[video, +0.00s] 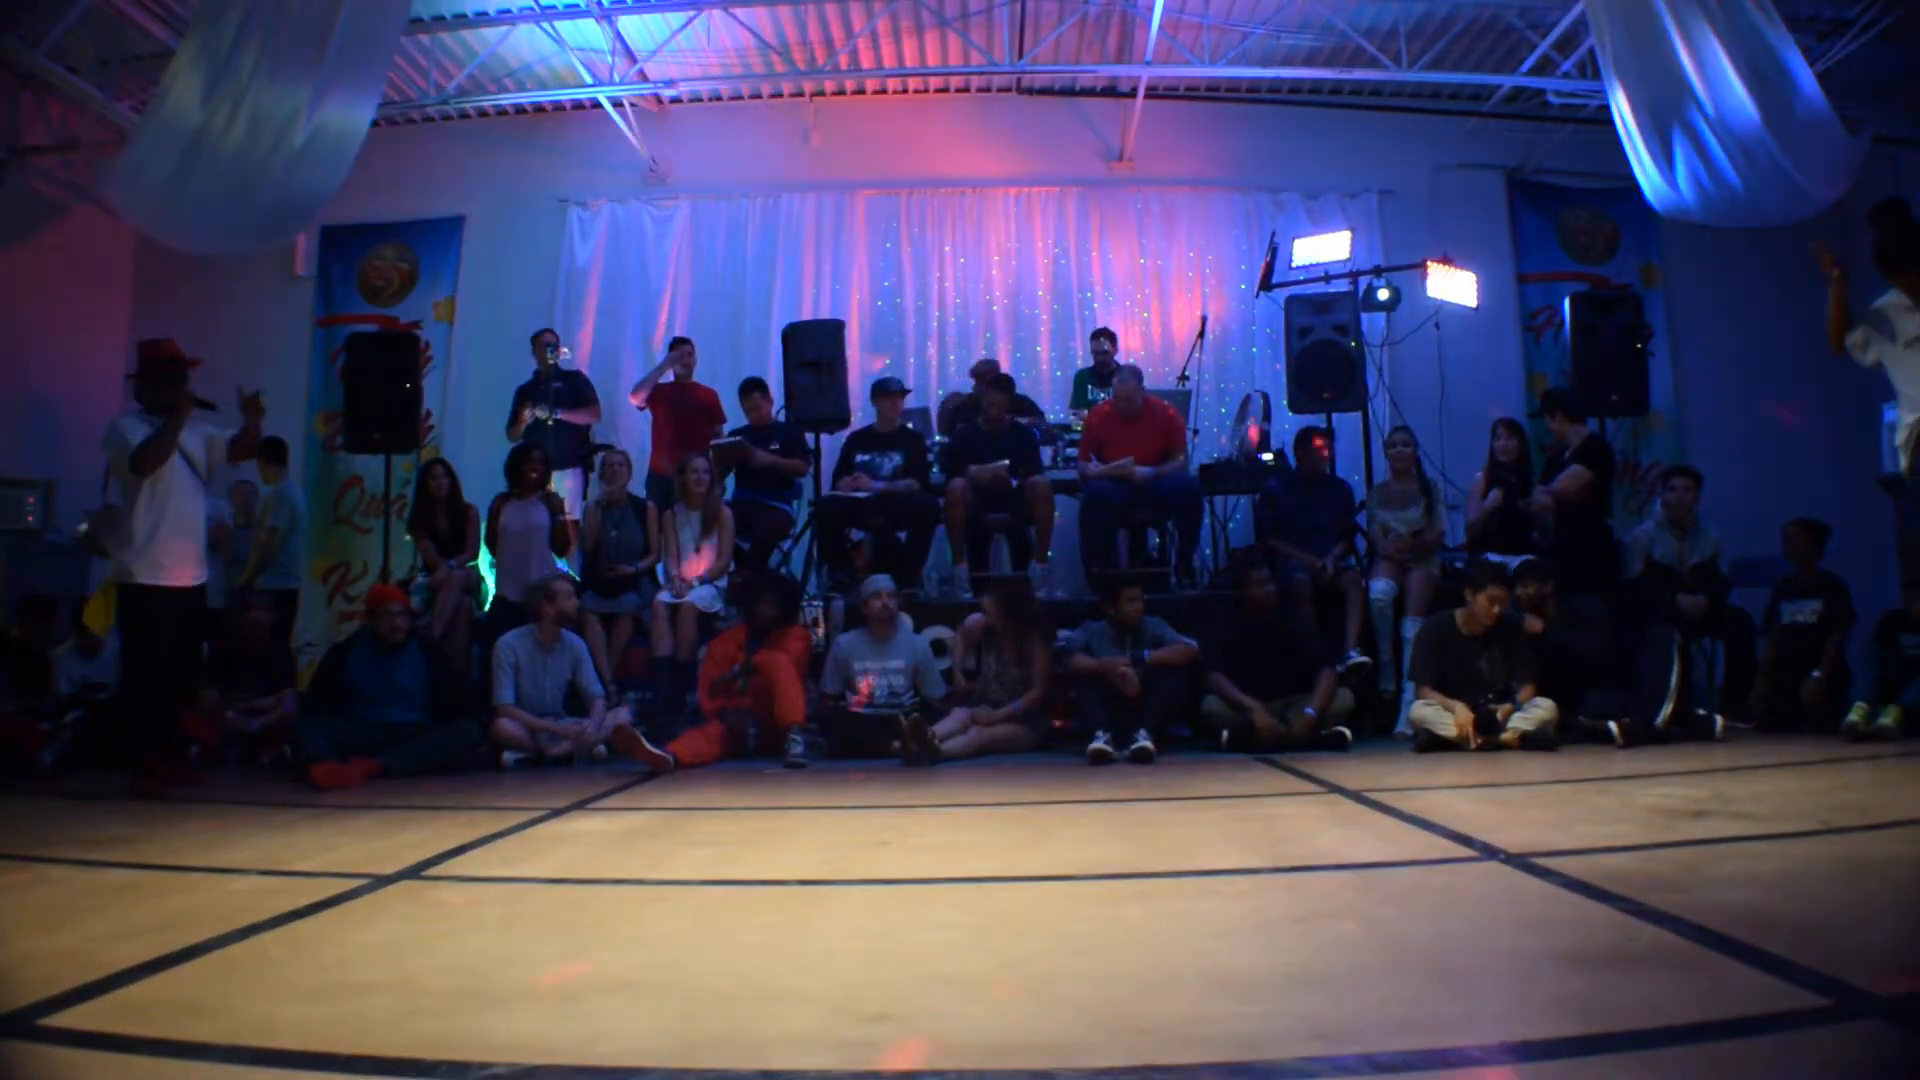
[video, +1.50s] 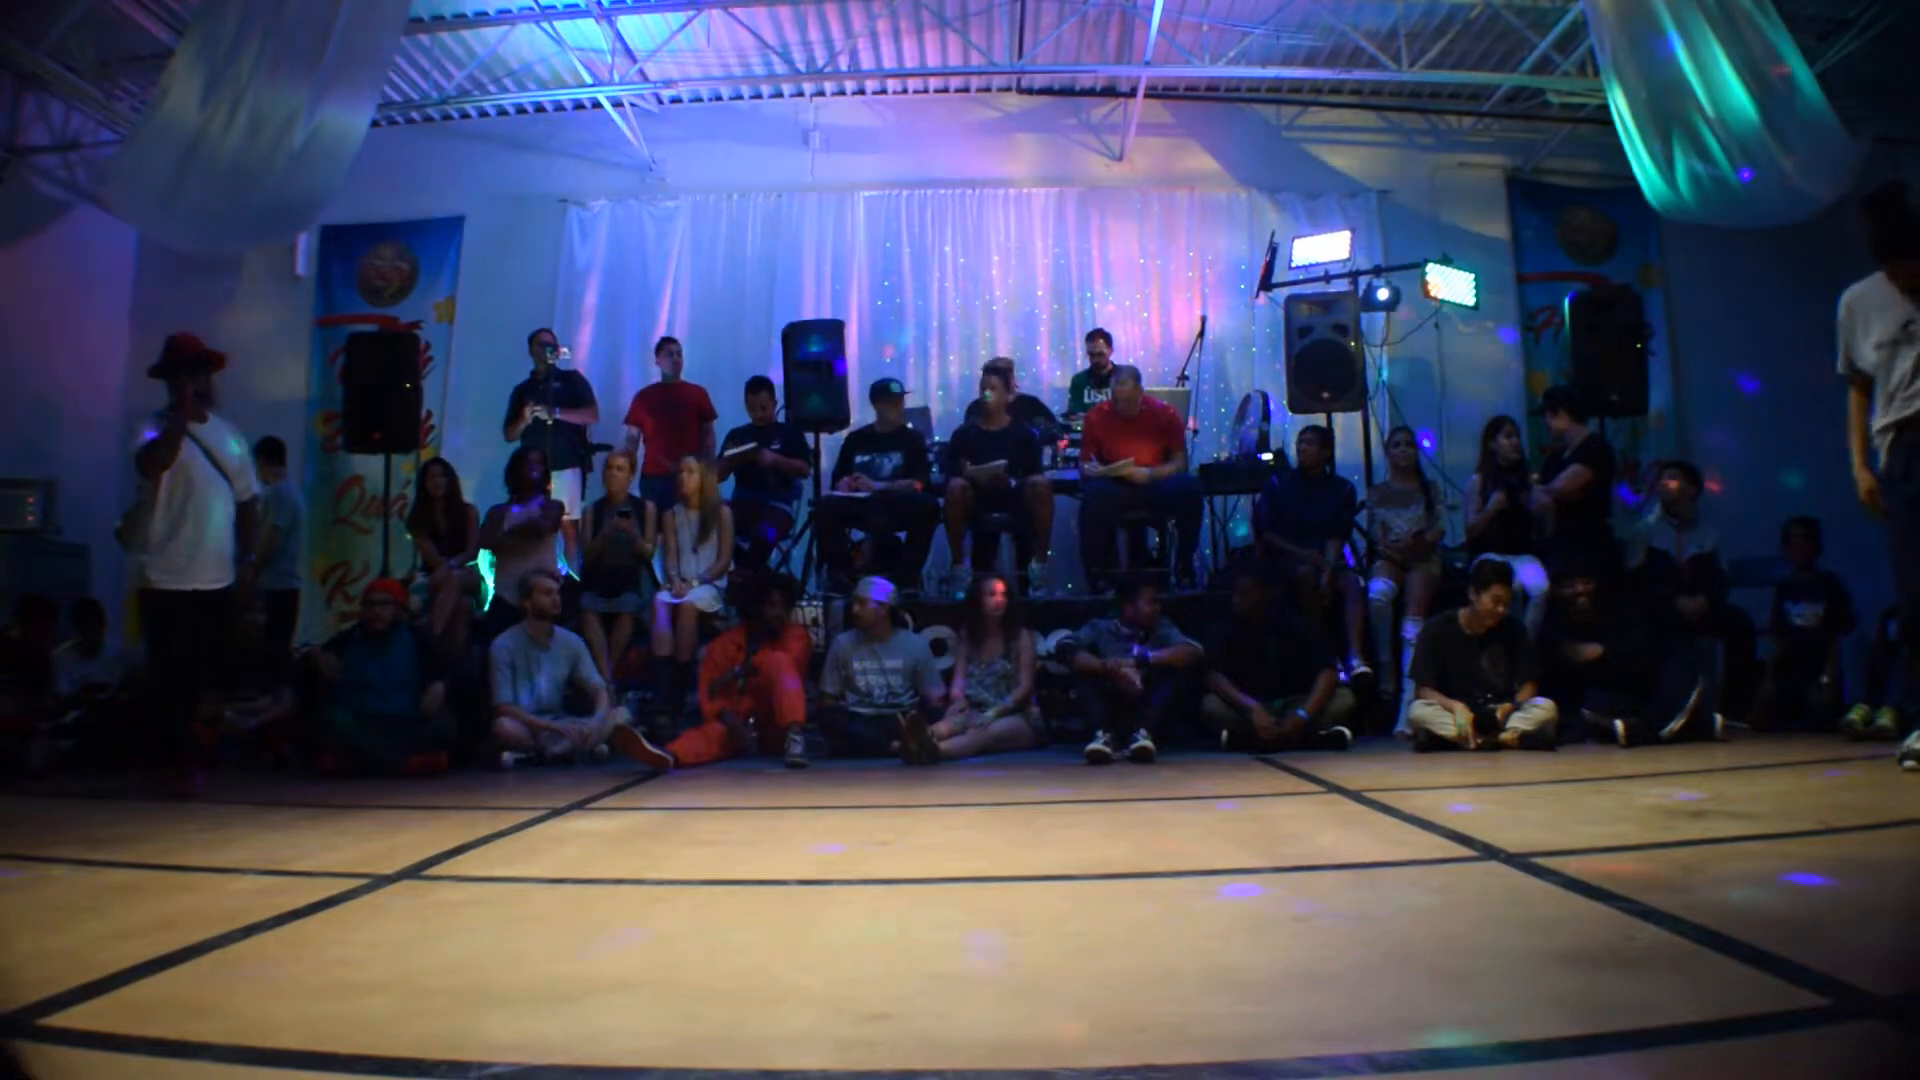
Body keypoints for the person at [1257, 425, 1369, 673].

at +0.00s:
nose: (1323, 455)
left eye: (1325, 449)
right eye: (1316, 449)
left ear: (1330, 453)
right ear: (1300, 454)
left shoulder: (1339, 488)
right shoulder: (1280, 487)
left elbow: (1347, 535)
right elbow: (1270, 538)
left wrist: (1332, 558)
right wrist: (1309, 561)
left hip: (1330, 557)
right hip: (1294, 557)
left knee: (1354, 580)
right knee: (1301, 584)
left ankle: (1351, 648)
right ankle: (1312, 654)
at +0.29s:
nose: (1320, 453)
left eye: (1323, 447)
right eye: (1313, 448)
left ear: (1327, 451)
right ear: (1296, 452)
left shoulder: (1338, 486)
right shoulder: (1278, 487)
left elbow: (1346, 533)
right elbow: (1269, 537)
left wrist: (1331, 560)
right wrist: (1306, 562)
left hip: (1329, 557)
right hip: (1293, 558)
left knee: (1353, 580)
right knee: (1300, 585)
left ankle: (1354, 649)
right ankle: (1311, 656)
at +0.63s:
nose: (1308, 450)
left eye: (1314, 443)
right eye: (1302, 443)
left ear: (1325, 450)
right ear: (1294, 450)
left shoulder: (1340, 486)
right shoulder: (1278, 485)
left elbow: (1345, 533)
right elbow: (1268, 536)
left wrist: (1330, 563)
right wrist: (1311, 563)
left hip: (1329, 558)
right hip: (1293, 558)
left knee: (1354, 583)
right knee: (1301, 585)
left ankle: (1356, 658)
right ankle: (1310, 664)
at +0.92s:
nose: (1301, 449)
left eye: (1309, 444)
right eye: (1299, 443)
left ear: (1324, 453)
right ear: (1294, 448)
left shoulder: (1339, 488)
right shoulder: (1279, 483)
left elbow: (1336, 536)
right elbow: (1265, 534)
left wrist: (1326, 571)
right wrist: (1300, 555)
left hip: (1324, 558)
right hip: (1288, 557)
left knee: (1352, 583)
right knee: (1305, 582)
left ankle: (1354, 659)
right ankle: (1302, 660)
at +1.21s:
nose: (1302, 449)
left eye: (1309, 444)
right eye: (1300, 443)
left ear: (1326, 453)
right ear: (1296, 449)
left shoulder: (1341, 488)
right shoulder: (1281, 483)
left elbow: (1338, 536)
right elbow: (1264, 533)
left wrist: (1327, 574)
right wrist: (1302, 554)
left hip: (1325, 558)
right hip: (1289, 557)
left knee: (1352, 583)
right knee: (1306, 577)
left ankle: (1353, 658)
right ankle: (1309, 655)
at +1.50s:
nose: (1303, 449)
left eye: (1310, 444)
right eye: (1300, 443)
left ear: (1326, 452)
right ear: (1296, 449)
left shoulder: (1341, 488)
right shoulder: (1281, 484)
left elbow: (1338, 535)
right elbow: (1265, 532)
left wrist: (1327, 572)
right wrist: (1303, 554)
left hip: (1326, 557)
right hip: (1291, 557)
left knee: (1352, 583)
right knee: (1307, 577)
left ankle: (1355, 657)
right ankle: (1319, 658)